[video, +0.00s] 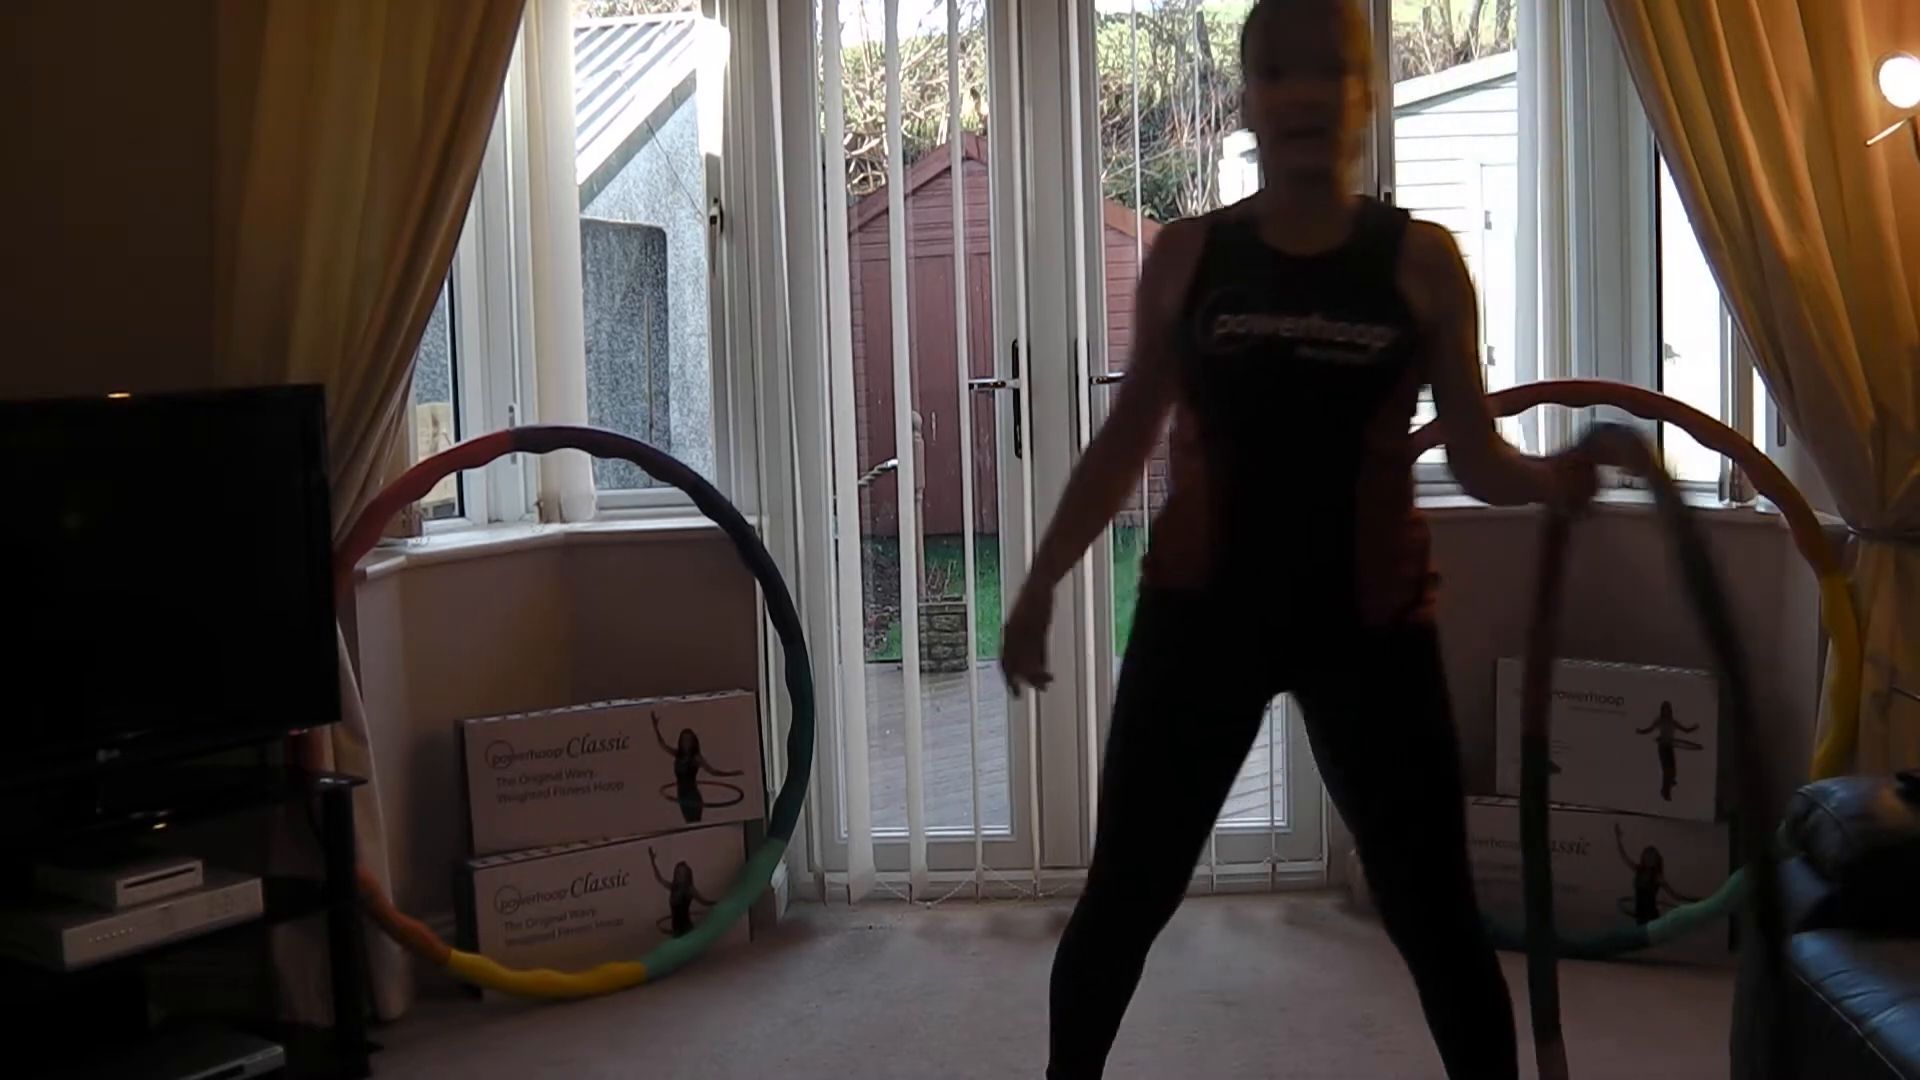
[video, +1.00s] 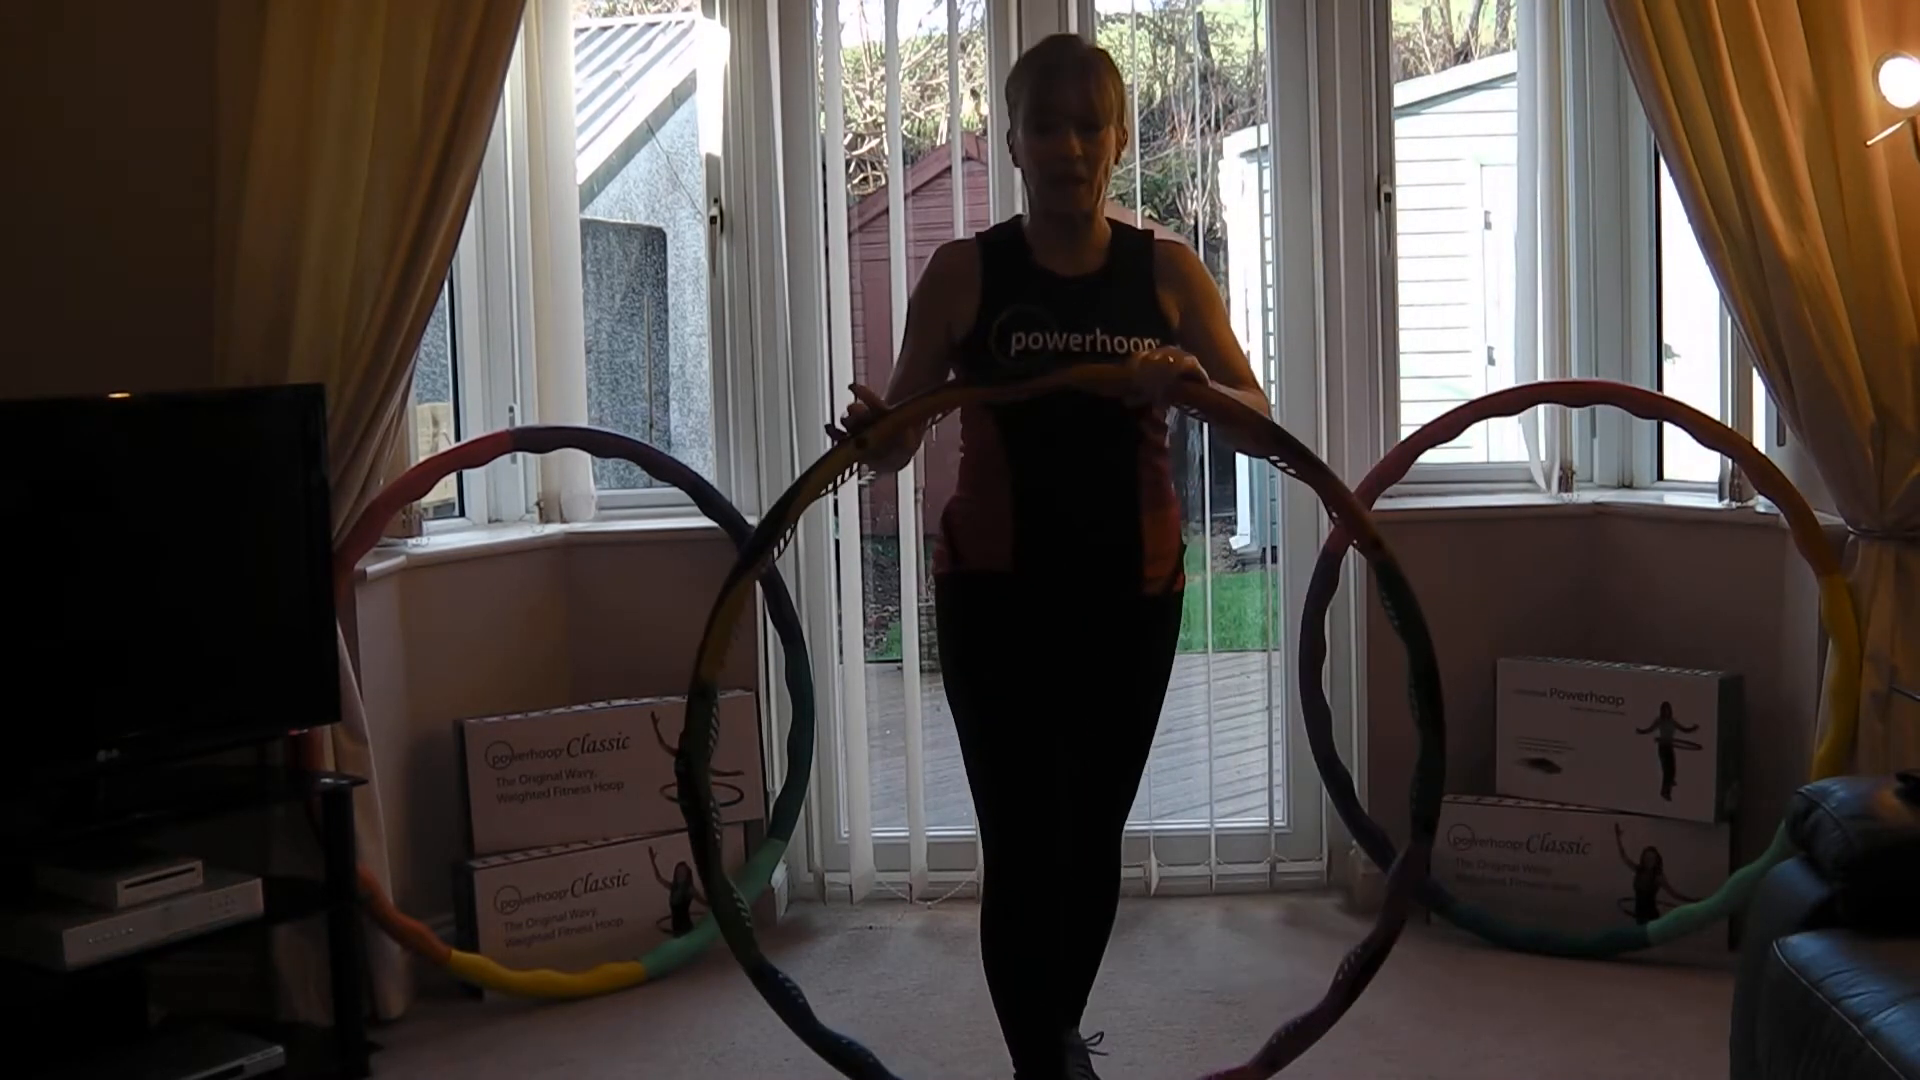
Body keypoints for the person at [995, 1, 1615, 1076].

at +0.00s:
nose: (1307, 96)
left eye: (1333, 71)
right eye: (1279, 70)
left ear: (1367, 90)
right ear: (1244, 93)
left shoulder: (1423, 261)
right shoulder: (1187, 254)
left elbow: (1476, 450)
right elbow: (1129, 435)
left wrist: (1545, 478)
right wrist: (1037, 585)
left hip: (1366, 618)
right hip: (1202, 613)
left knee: (1434, 912)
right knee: (1126, 895)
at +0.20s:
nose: (1151, 104)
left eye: (1175, 81)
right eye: (1125, 82)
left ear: (1211, 103)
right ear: (1091, 106)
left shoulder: (1276, 253)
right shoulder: (1048, 272)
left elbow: (1340, 433)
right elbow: (994, 447)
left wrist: (1371, 427)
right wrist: (960, 556)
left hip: (1255, 609)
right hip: (1094, 614)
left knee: (1355, 893)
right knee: (1073, 893)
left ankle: (1425, 1074)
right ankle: (1059, 1074)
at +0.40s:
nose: (1070, 108)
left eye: (1091, 85)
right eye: (1042, 87)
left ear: (1123, 104)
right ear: (1005, 110)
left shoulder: (1191, 241)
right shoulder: (965, 275)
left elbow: (1276, 400)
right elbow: (917, 453)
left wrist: (1266, 403)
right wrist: (939, 491)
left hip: (1197, 587)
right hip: (1041, 599)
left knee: (1270, 876)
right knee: (1051, 885)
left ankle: (1259, 1071)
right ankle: (1066, 1078)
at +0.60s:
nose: (1065, 123)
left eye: (1081, 101)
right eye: (1036, 102)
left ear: (1101, 113)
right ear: (988, 119)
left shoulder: (1162, 249)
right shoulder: (944, 275)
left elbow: (1252, 396)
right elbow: (908, 451)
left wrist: (1230, 400)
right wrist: (911, 467)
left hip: (1166, 589)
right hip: (1021, 598)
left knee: (1196, 850)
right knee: (1040, 871)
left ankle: (1104, 1004)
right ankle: (1051, 1075)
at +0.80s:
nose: (1066, 135)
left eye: (1084, 112)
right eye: (1041, 113)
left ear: (1108, 121)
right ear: (998, 123)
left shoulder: (1164, 257)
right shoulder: (950, 274)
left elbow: (1265, 416)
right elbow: (880, 468)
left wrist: (1210, 391)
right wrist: (877, 462)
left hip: (1146, 597)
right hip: (1007, 601)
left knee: (1121, 853)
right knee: (1033, 857)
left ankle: (1066, 1026)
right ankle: (1048, 1067)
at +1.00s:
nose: (1068, 149)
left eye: (1089, 127)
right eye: (1047, 127)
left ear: (1119, 135)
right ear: (1013, 136)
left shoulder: (1168, 268)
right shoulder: (962, 271)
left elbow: (1256, 424)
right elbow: (898, 435)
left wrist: (1192, 382)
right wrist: (876, 426)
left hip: (1132, 589)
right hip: (996, 589)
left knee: (1091, 834)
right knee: (1021, 840)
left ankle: (1060, 1039)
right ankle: (1035, 1062)